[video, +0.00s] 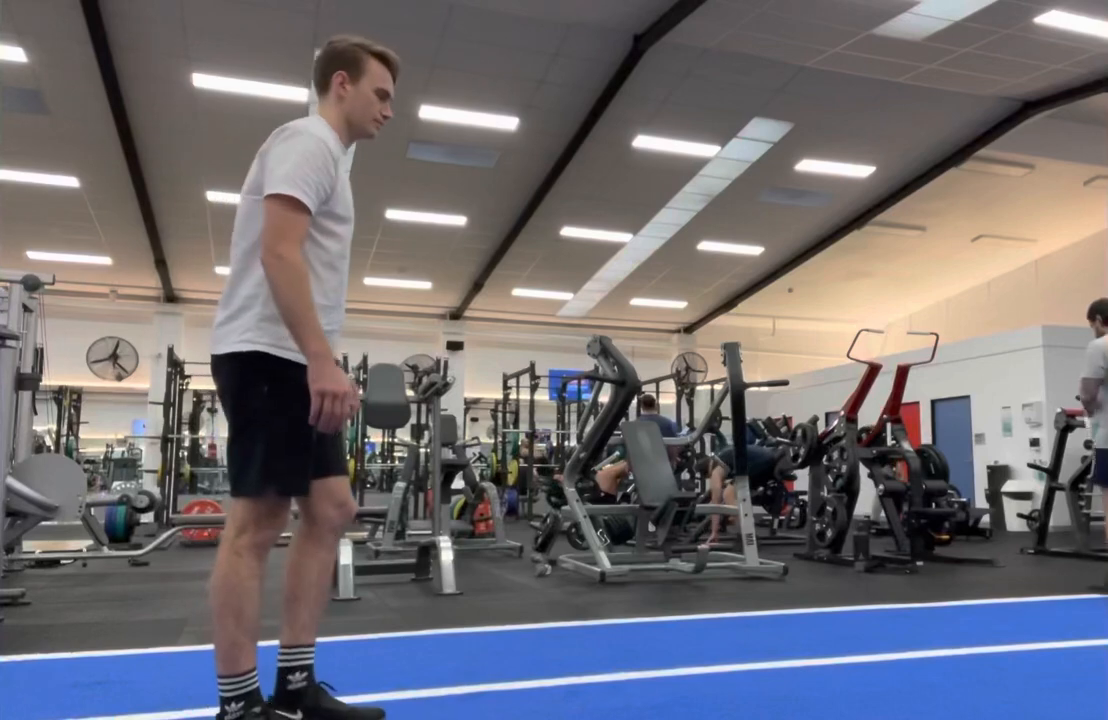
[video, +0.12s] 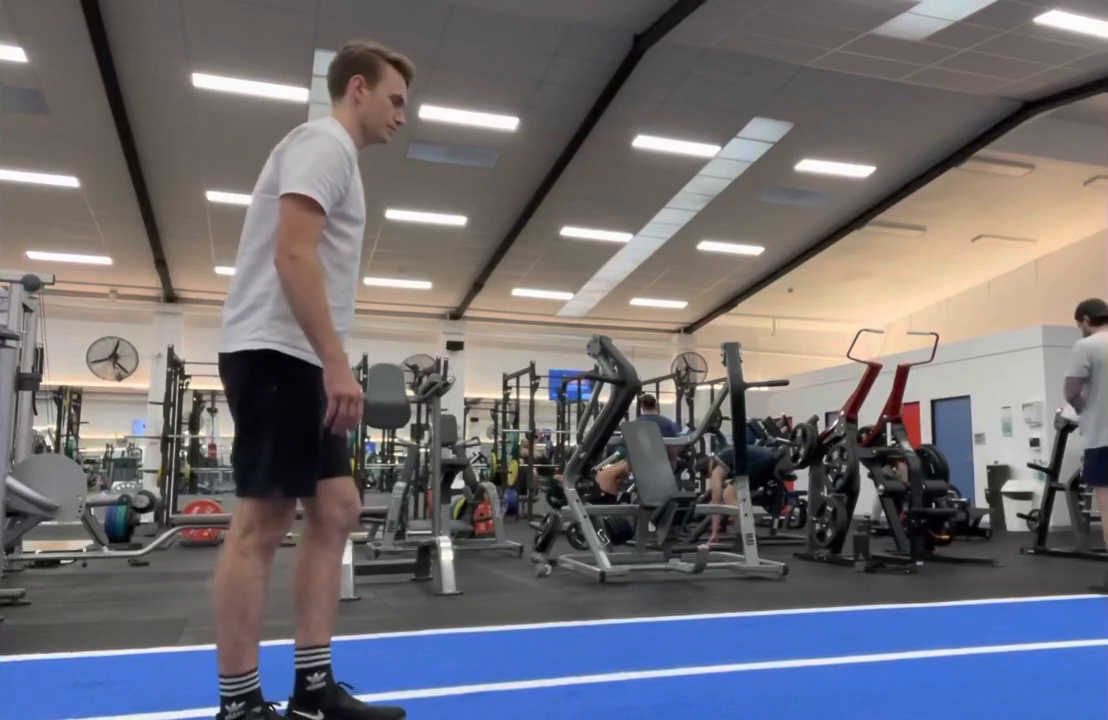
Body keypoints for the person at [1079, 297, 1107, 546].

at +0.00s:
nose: (1091, 329)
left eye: (1091, 324)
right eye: (1091, 324)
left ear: (1100, 321)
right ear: (1103, 320)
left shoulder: (1100, 345)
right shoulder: (1099, 345)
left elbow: (1088, 392)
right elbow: (1089, 392)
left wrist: (1092, 411)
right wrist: (1091, 409)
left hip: (1104, 435)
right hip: (1102, 434)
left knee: (1104, 490)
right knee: (1103, 489)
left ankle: (1105, 541)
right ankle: (1104, 540)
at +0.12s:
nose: (1079, 330)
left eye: (1078, 325)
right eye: (1078, 326)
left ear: (1086, 321)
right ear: (1103, 319)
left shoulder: (1087, 345)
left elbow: (1071, 391)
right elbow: (1072, 391)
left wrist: (1082, 407)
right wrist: (1083, 405)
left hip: (1101, 437)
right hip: (1100, 436)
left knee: (1103, 497)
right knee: (1101, 498)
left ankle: (1107, 553)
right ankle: (1105, 552)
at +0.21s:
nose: (1068, 331)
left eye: (1068, 326)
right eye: (1068, 327)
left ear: (1075, 324)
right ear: (1097, 321)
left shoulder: (1074, 347)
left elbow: (1058, 390)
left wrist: (1074, 410)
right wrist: (1074, 410)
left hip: (1094, 434)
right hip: (1098, 433)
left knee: (1102, 503)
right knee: (1101, 502)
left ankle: (1106, 558)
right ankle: (1103, 556)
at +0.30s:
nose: (1059, 334)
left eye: (1058, 330)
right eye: (1058, 330)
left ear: (1065, 328)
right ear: (1088, 325)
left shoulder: (1062, 351)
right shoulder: (1103, 347)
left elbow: (1047, 393)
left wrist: (1066, 412)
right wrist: (1066, 410)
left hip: (1084, 434)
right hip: (1103, 432)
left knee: (1098, 503)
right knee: (1091, 502)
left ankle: (1102, 565)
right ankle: (1090, 565)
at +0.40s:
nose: (1050, 339)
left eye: (1049, 335)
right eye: (1049, 335)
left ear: (1055, 333)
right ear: (1080, 331)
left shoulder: (1054, 356)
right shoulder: (1101, 354)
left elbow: (1039, 397)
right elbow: (1100, 392)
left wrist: (1058, 418)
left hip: (1071, 438)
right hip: (1102, 436)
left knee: (1093, 505)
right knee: (1081, 503)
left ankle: (1106, 564)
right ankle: (1066, 562)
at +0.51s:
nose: (1041, 343)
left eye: (1041, 339)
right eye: (1041, 339)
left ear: (1047, 336)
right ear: (1072, 335)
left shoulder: (1045, 359)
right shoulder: (1096, 362)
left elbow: (1031, 400)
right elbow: (1103, 401)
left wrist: (1048, 421)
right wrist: (1090, 420)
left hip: (1061, 441)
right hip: (1093, 441)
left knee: (1077, 506)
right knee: (1066, 505)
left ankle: (1105, 562)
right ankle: (1060, 565)